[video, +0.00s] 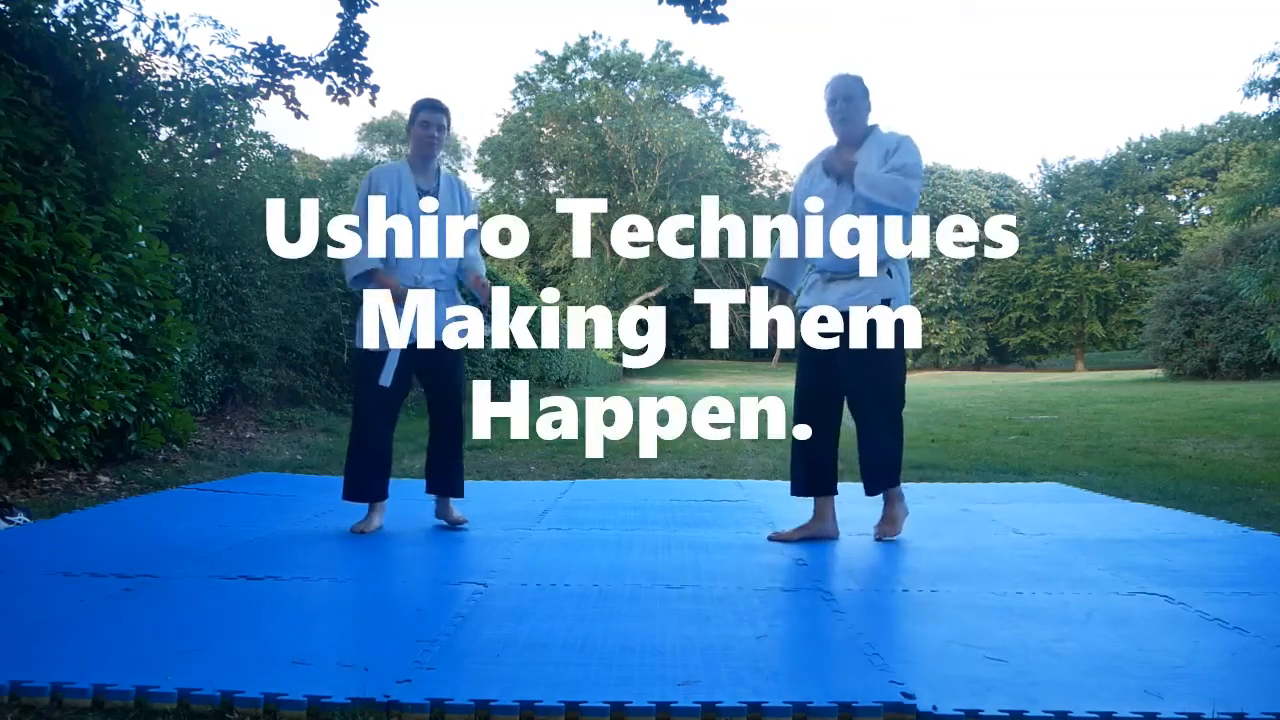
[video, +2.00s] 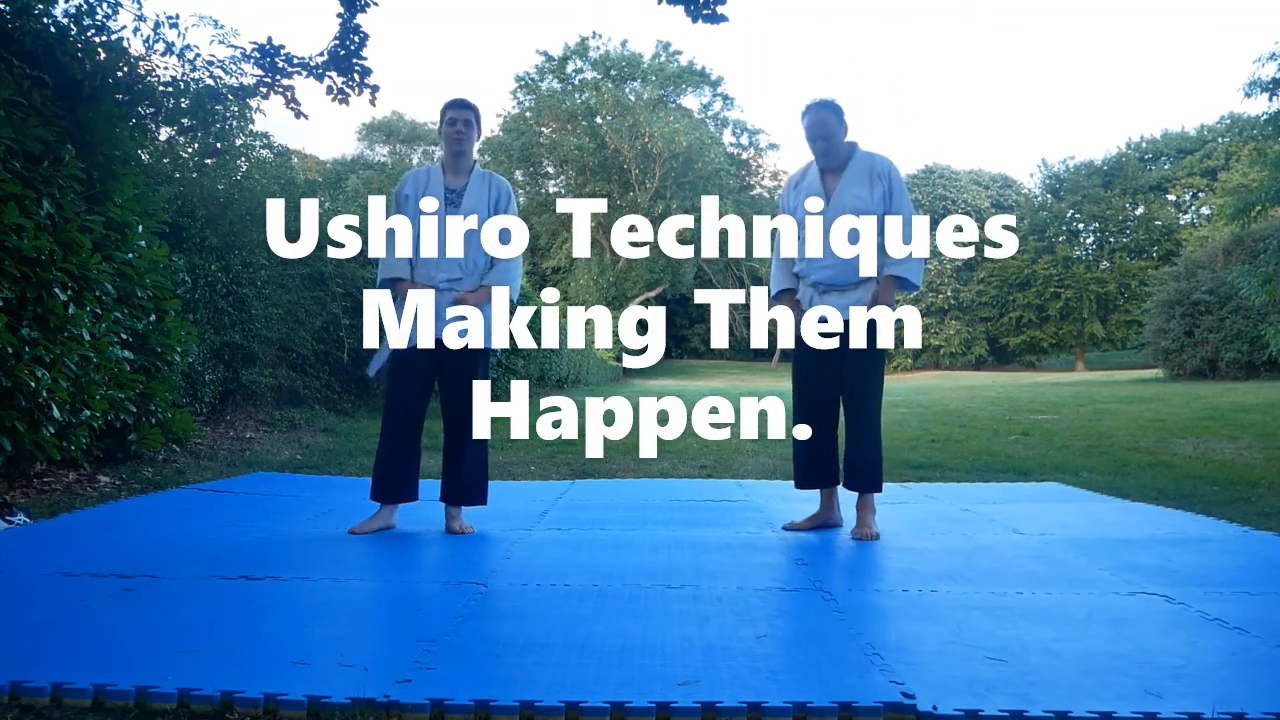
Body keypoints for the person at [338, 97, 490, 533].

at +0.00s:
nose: (432, 133)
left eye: (439, 128)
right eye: (426, 125)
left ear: (447, 137)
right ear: (409, 130)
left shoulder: (459, 190)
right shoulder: (381, 178)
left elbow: (470, 248)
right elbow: (358, 240)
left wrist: (478, 279)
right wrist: (384, 279)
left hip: (442, 313)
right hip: (386, 310)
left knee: (448, 406)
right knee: (376, 407)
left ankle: (445, 500)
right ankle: (376, 505)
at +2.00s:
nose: (458, 130)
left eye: (466, 125)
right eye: (452, 123)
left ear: (478, 135)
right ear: (440, 131)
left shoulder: (498, 189)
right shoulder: (412, 183)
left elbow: (510, 258)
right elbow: (396, 243)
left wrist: (483, 293)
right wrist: (404, 287)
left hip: (471, 314)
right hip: (415, 308)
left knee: (463, 411)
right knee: (401, 406)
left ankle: (455, 509)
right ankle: (387, 508)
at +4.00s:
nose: (455, 133)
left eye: (463, 128)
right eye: (449, 126)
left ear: (476, 138)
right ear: (437, 134)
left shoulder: (493, 189)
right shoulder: (408, 184)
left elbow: (507, 256)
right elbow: (388, 248)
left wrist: (462, 271)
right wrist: (413, 272)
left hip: (470, 320)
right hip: (413, 318)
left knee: (473, 414)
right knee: (399, 409)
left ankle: (475, 512)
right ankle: (387, 509)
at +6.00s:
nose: (454, 137)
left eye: (462, 131)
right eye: (447, 129)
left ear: (473, 139)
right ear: (434, 133)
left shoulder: (492, 191)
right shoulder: (406, 186)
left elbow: (504, 257)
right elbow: (383, 248)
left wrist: (458, 275)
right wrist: (413, 276)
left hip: (469, 321)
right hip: (414, 319)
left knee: (473, 421)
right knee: (397, 416)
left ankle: (475, 512)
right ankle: (387, 510)